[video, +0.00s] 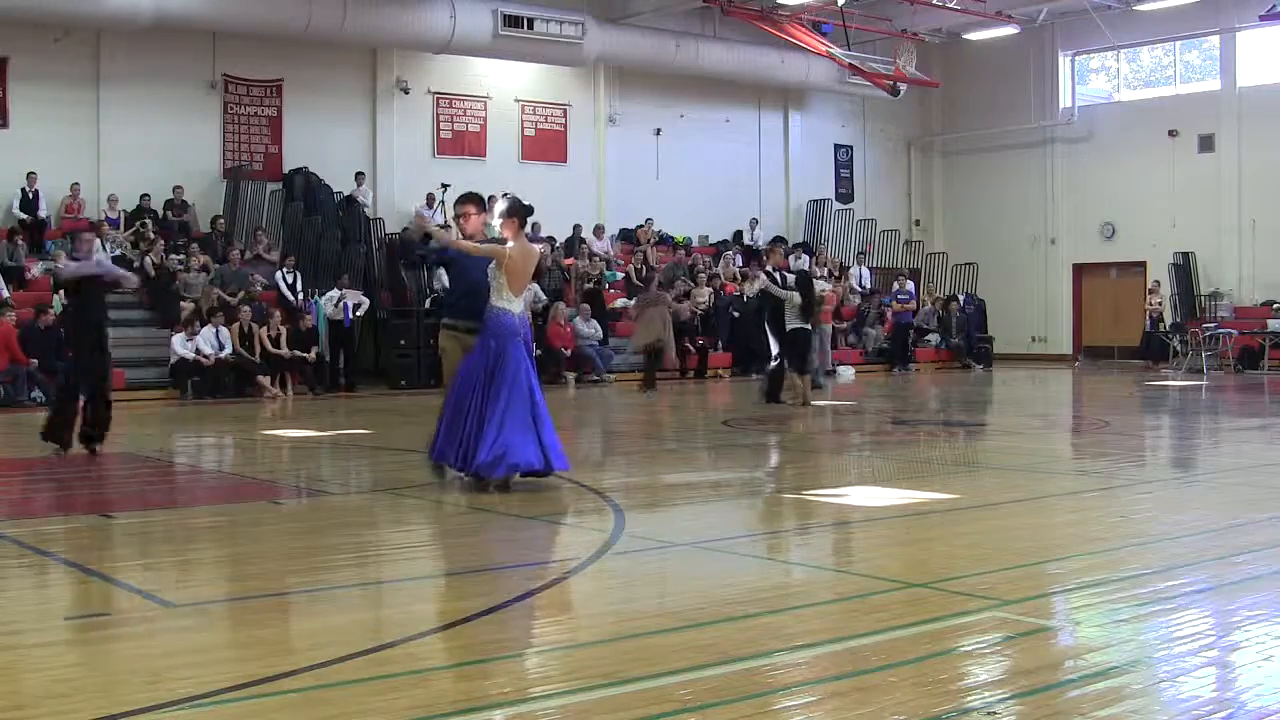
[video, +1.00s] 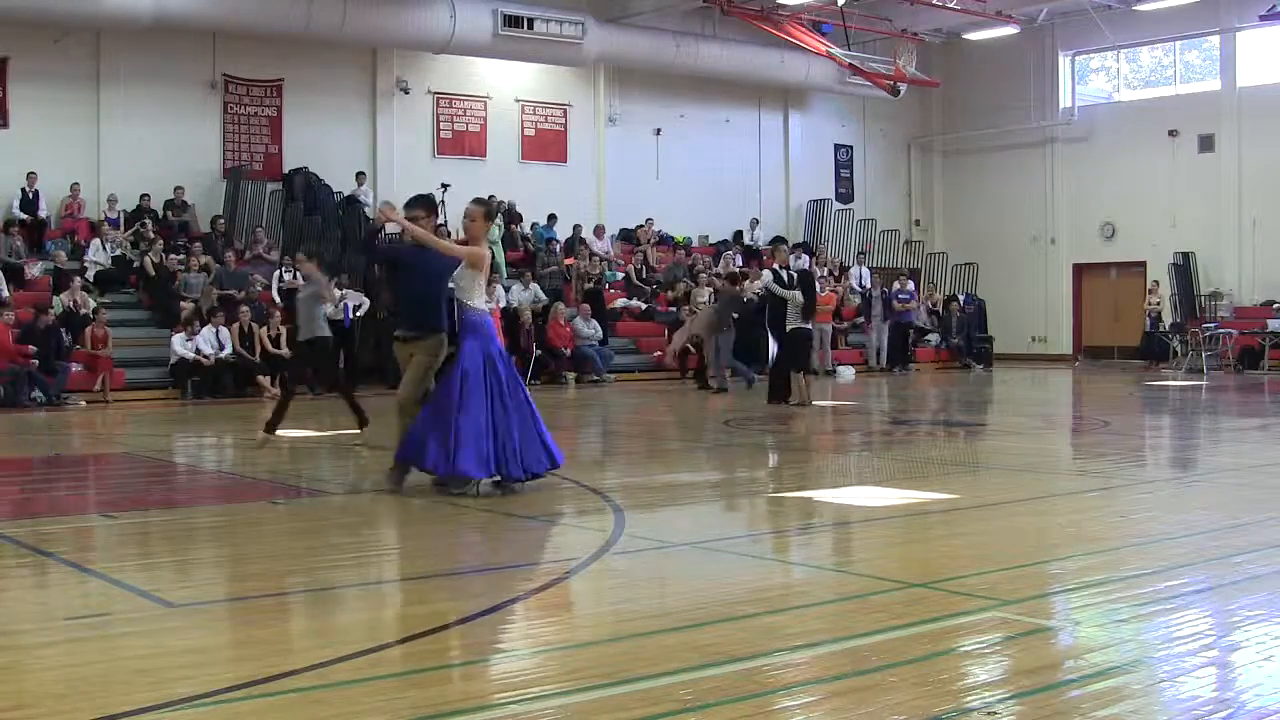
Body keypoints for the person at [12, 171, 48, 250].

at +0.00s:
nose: (33, 181)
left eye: (35, 179)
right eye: (31, 179)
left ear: (36, 180)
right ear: (27, 180)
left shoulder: (39, 193)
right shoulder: (20, 192)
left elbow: (42, 208)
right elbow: (15, 209)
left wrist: (41, 216)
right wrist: (25, 217)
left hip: (36, 216)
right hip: (24, 216)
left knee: (42, 224)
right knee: (30, 226)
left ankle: (39, 248)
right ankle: (30, 248)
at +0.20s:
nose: (33, 180)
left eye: (35, 178)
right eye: (31, 178)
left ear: (37, 180)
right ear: (27, 179)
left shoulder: (39, 193)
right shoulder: (20, 192)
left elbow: (42, 208)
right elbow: (15, 209)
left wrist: (41, 216)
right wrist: (25, 217)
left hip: (36, 217)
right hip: (25, 217)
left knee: (43, 223)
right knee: (32, 225)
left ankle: (39, 247)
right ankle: (31, 248)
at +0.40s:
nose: (33, 180)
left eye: (35, 178)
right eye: (31, 178)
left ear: (36, 180)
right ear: (27, 179)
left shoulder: (38, 193)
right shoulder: (20, 192)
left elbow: (42, 208)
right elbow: (15, 210)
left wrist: (41, 216)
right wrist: (25, 217)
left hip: (36, 218)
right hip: (24, 219)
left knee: (43, 224)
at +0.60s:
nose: (33, 180)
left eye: (35, 178)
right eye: (31, 178)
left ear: (36, 180)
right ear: (27, 180)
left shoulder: (39, 193)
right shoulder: (20, 192)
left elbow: (42, 208)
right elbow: (14, 209)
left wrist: (41, 215)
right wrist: (25, 217)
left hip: (36, 217)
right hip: (25, 217)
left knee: (43, 224)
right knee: (31, 226)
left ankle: (39, 248)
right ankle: (30, 248)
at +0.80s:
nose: (33, 181)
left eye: (35, 179)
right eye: (31, 178)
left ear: (36, 180)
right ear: (27, 180)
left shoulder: (39, 193)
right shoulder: (20, 192)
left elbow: (43, 208)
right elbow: (14, 209)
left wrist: (41, 215)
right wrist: (25, 217)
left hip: (36, 216)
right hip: (24, 217)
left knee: (43, 223)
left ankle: (39, 247)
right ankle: (30, 248)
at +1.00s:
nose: (33, 181)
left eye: (35, 179)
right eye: (31, 178)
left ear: (36, 180)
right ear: (27, 180)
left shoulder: (39, 193)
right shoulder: (20, 192)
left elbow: (43, 208)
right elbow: (14, 210)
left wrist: (41, 216)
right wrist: (25, 217)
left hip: (36, 218)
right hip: (25, 218)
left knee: (43, 223)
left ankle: (40, 248)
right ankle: (30, 249)